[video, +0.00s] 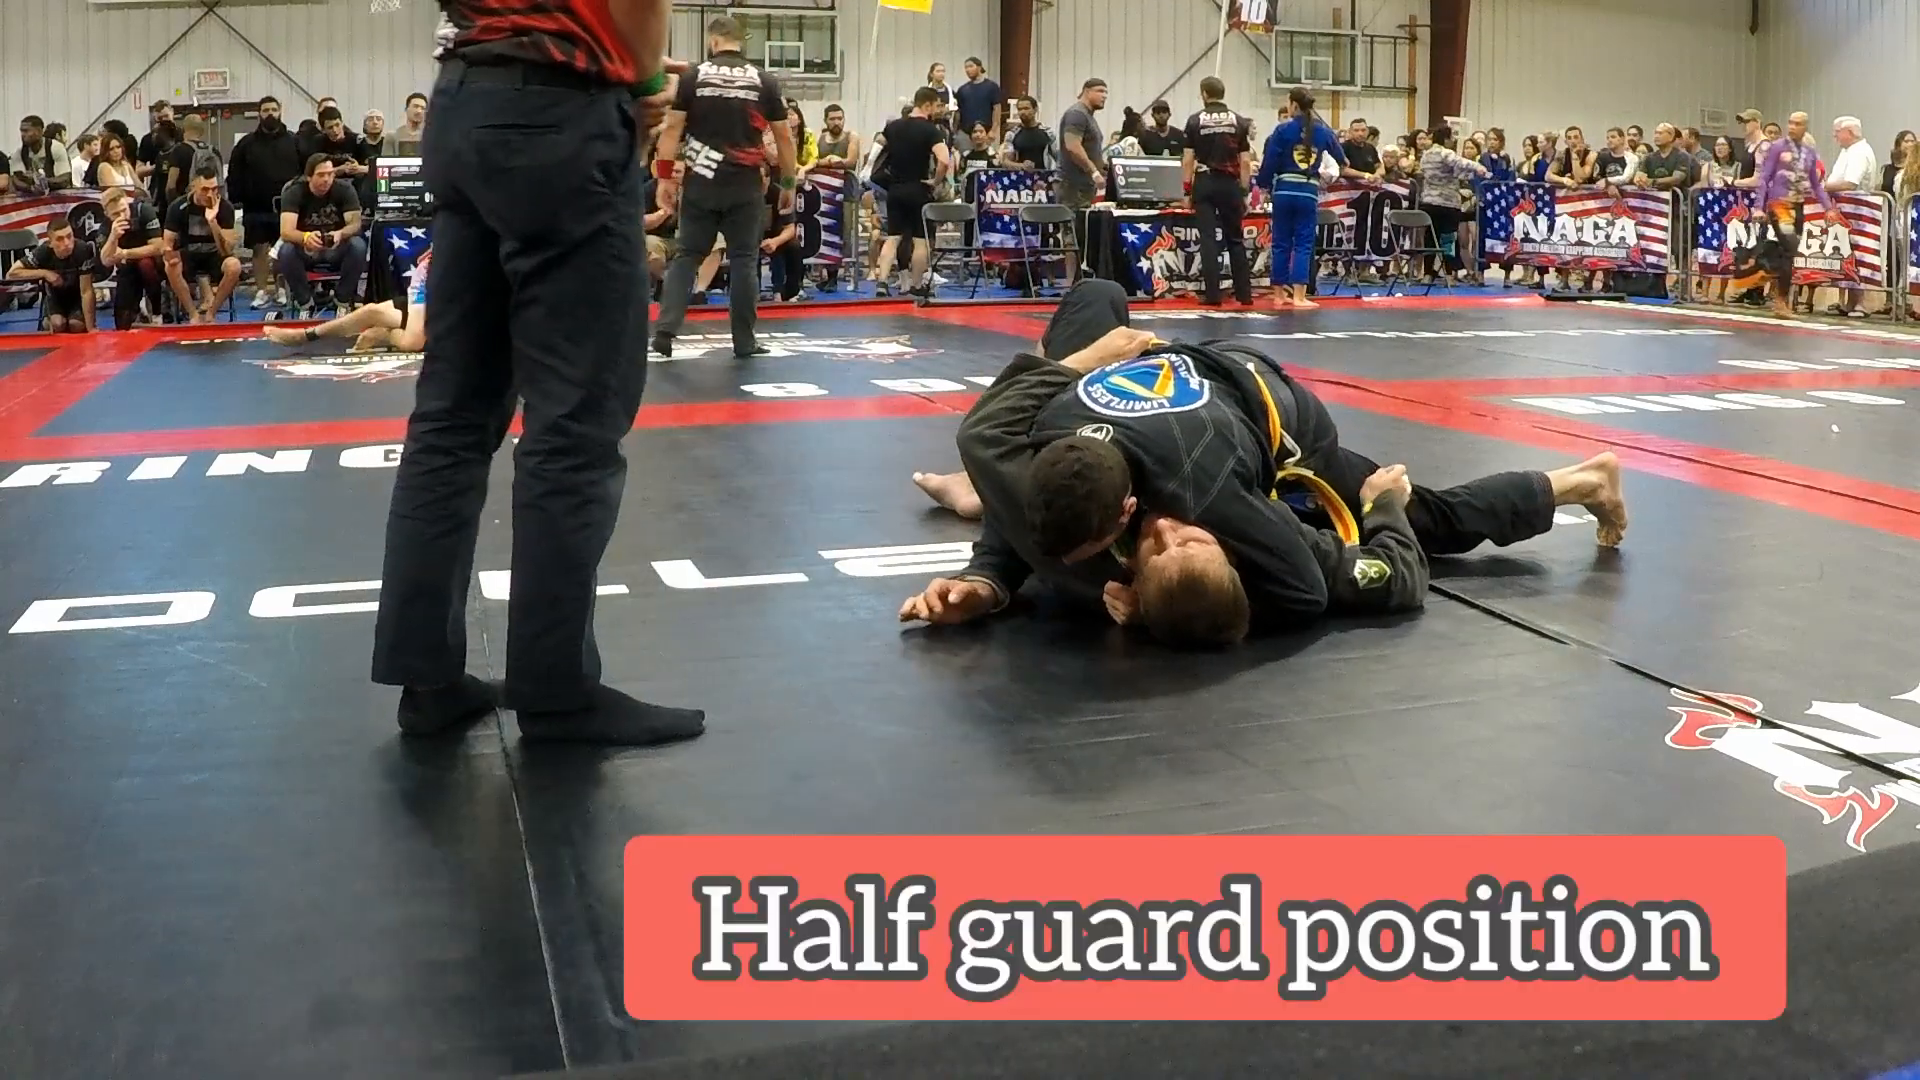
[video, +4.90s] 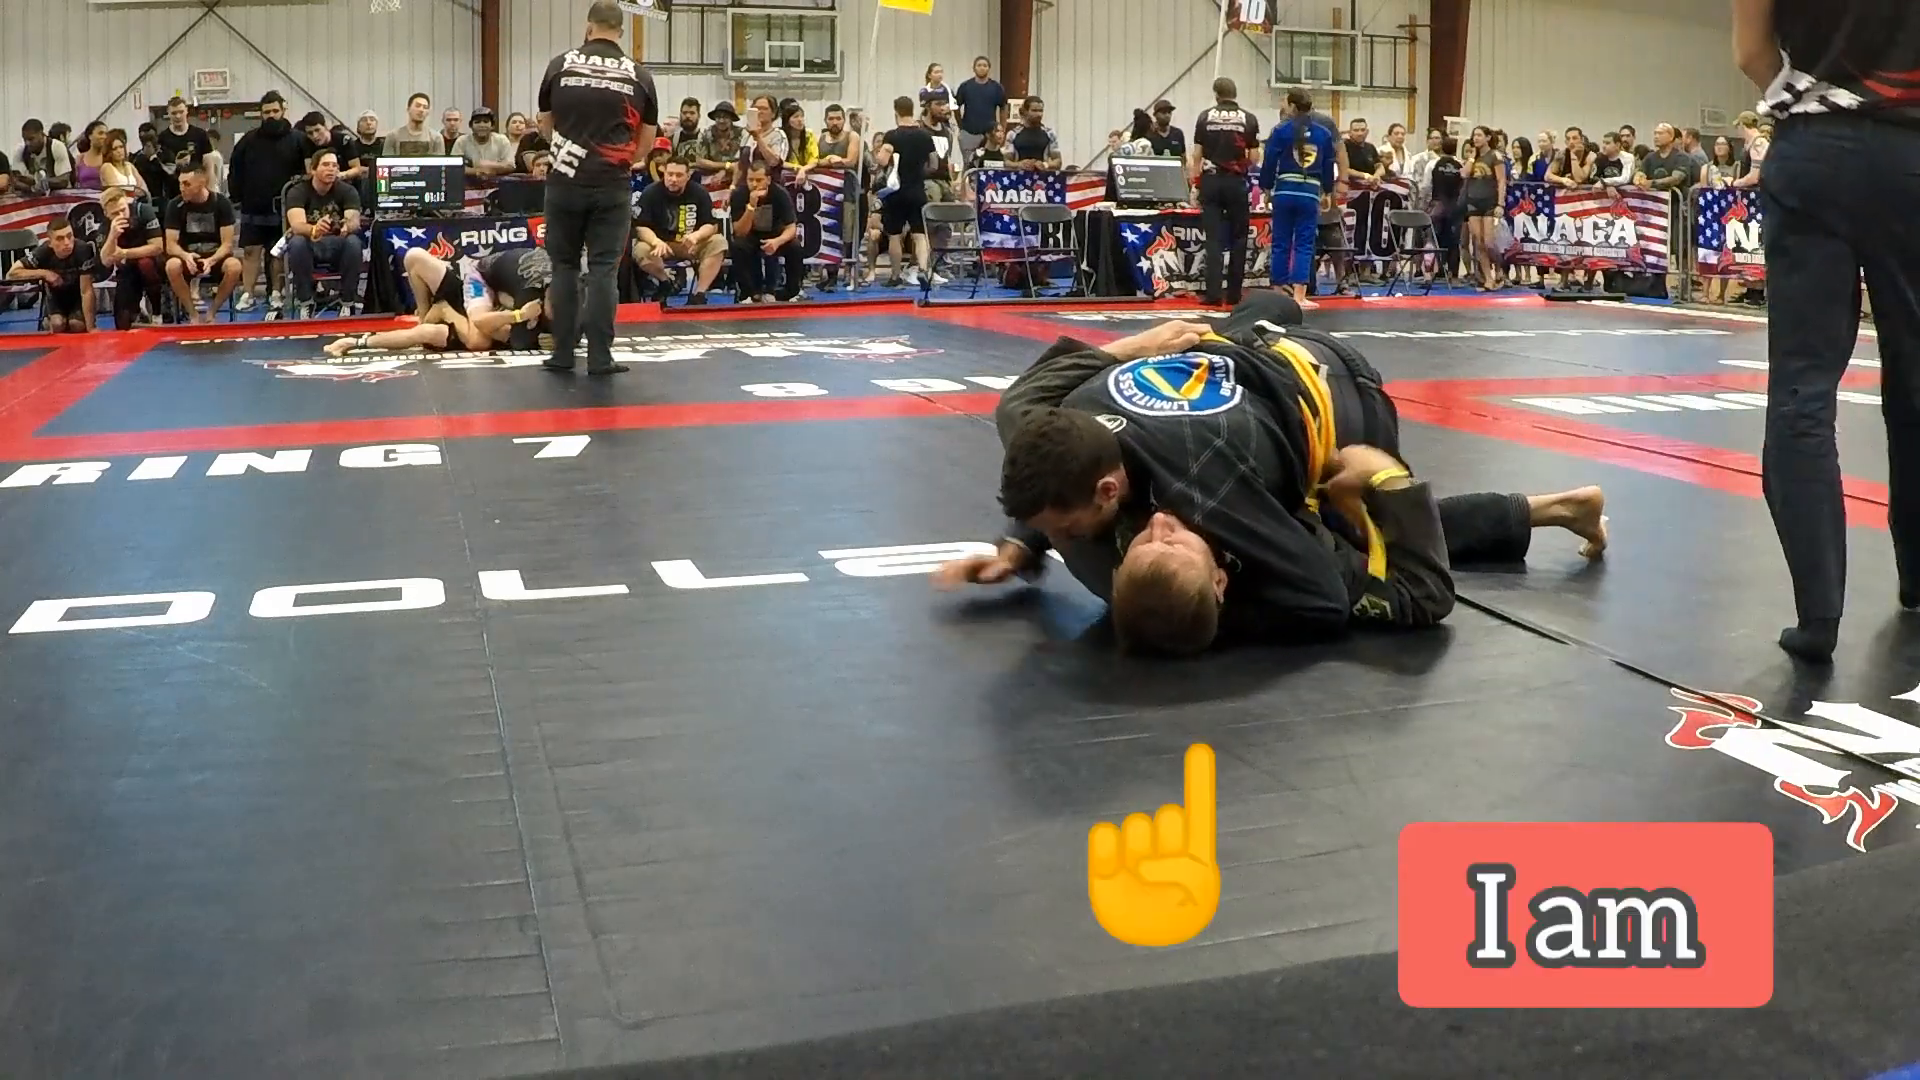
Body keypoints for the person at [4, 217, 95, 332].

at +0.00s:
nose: (67, 243)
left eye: (69, 237)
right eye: (60, 239)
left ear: (73, 235)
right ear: (50, 241)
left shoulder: (83, 249)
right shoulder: (44, 251)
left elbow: (86, 290)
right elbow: (12, 274)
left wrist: (91, 328)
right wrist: (44, 273)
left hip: (77, 292)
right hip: (55, 293)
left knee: (76, 325)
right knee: (58, 324)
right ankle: (46, 323)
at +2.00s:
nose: (67, 243)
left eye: (69, 237)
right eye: (60, 239)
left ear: (73, 235)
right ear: (50, 241)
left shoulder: (83, 250)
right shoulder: (44, 251)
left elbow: (86, 291)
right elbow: (12, 274)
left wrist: (91, 327)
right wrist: (44, 273)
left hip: (78, 293)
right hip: (55, 294)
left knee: (76, 324)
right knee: (58, 323)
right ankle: (46, 323)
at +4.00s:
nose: (67, 243)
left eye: (69, 237)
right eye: (60, 239)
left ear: (73, 235)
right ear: (50, 240)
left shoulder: (83, 249)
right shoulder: (44, 251)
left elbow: (86, 290)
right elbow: (12, 273)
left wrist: (91, 328)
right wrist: (44, 273)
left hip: (78, 292)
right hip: (55, 292)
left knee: (76, 324)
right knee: (57, 323)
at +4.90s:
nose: (67, 243)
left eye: (69, 237)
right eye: (60, 239)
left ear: (73, 235)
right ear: (50, 240)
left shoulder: (83, 249)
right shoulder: (44, 251)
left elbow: (86, 290)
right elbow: (12, 273)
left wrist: (91, 327)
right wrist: (44, 273)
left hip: (78, 291)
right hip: (55, 292)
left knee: (77, 324)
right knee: (58, 323)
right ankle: (46, 323)